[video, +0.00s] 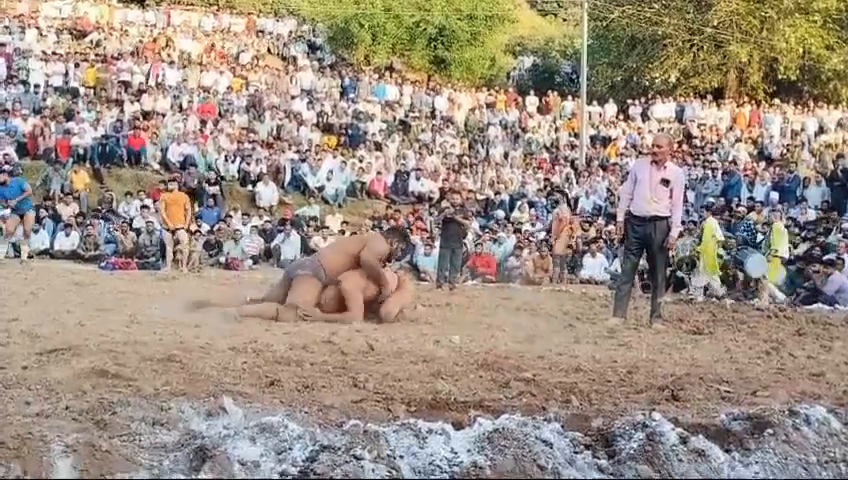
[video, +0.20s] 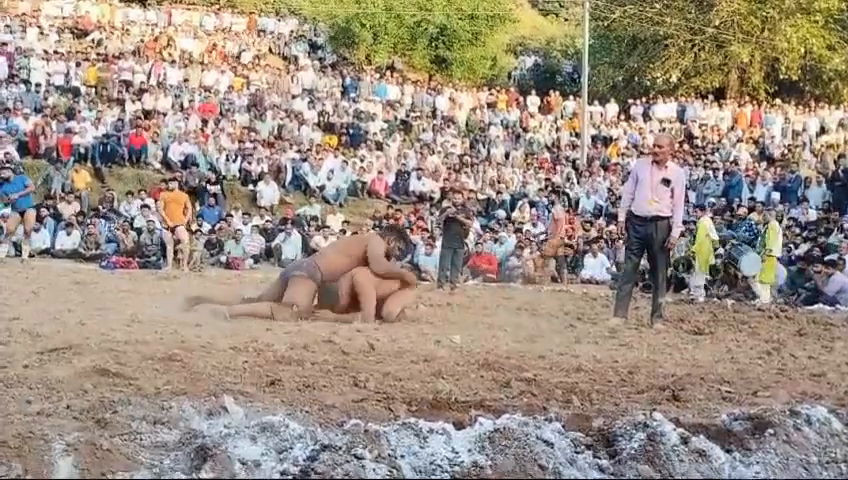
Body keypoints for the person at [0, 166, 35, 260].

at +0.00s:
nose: (0, 177)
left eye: (1, 175)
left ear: (6, 174)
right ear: (2, 176)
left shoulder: (19, 181)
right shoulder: (2, 189)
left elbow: (29, 191)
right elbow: (3, 201)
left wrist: (16, 200)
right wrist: (8, 204)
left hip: (28, 209)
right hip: (15, 210)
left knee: (27, 231)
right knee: (9, 230)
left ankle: (24, 255)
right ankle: (5, 251)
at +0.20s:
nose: (3, 175)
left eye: (5, 172)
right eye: (2, 173)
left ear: (10, 171)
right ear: (1, 175)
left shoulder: (22, 178)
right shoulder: (3, 187)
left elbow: (32, 187)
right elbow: (4, 200)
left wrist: (17, 195)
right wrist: (10, 199)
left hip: (28, 207)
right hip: (16, 210)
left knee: (27, 231)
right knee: (9, 230)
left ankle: (25, 256)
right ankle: (4, 252)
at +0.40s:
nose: (9, 171)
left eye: (11, 168)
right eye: (8, 168)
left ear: (16, 168)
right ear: (6, 170)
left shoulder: (26, 179)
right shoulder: (6, 183)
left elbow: (35, 190)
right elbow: (1, 196)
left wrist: (20, 193)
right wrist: (8, 195)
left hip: (26, 206)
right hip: (12, 206)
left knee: (26, 230)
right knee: (8, 229)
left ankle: (25, 255)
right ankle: (4, 254)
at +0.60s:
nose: (13, 169)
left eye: (15, 167)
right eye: (11, 167)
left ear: (20, 168)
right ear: (8, 168)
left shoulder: (27, 181)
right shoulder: (5, 180)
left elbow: (31, 195)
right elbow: (2, 192)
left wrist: (20, 195)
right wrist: (8, 193)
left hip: (21, 205)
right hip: (6, 205)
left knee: (23, 228)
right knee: (3, 228)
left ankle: (25, 253)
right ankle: (3, 252)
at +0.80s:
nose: (15, 170)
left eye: (18, 168)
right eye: (13, 168)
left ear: (22, 170)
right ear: (10, 168)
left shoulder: (27, 182)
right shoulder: (5, 180)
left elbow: (30, 196)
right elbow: (1, 191)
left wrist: (19, 199)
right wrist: (8, 195)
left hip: (19, 206)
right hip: (5, 206)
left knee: (21, 230)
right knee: (3, 229)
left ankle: (24, 254)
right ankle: (2, 254)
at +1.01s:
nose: (21, 172)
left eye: (23, 170)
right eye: (19, 170)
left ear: (26, 171)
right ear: (15, 170)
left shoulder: (28, 183)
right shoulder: (8, 180)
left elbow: (32, 195)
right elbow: (3, 194)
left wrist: (27, 199)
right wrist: (14, 200)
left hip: (21, 207)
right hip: (7, 207)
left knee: (25, 229)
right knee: (5, 229)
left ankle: (26, 255)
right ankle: (3, 255)